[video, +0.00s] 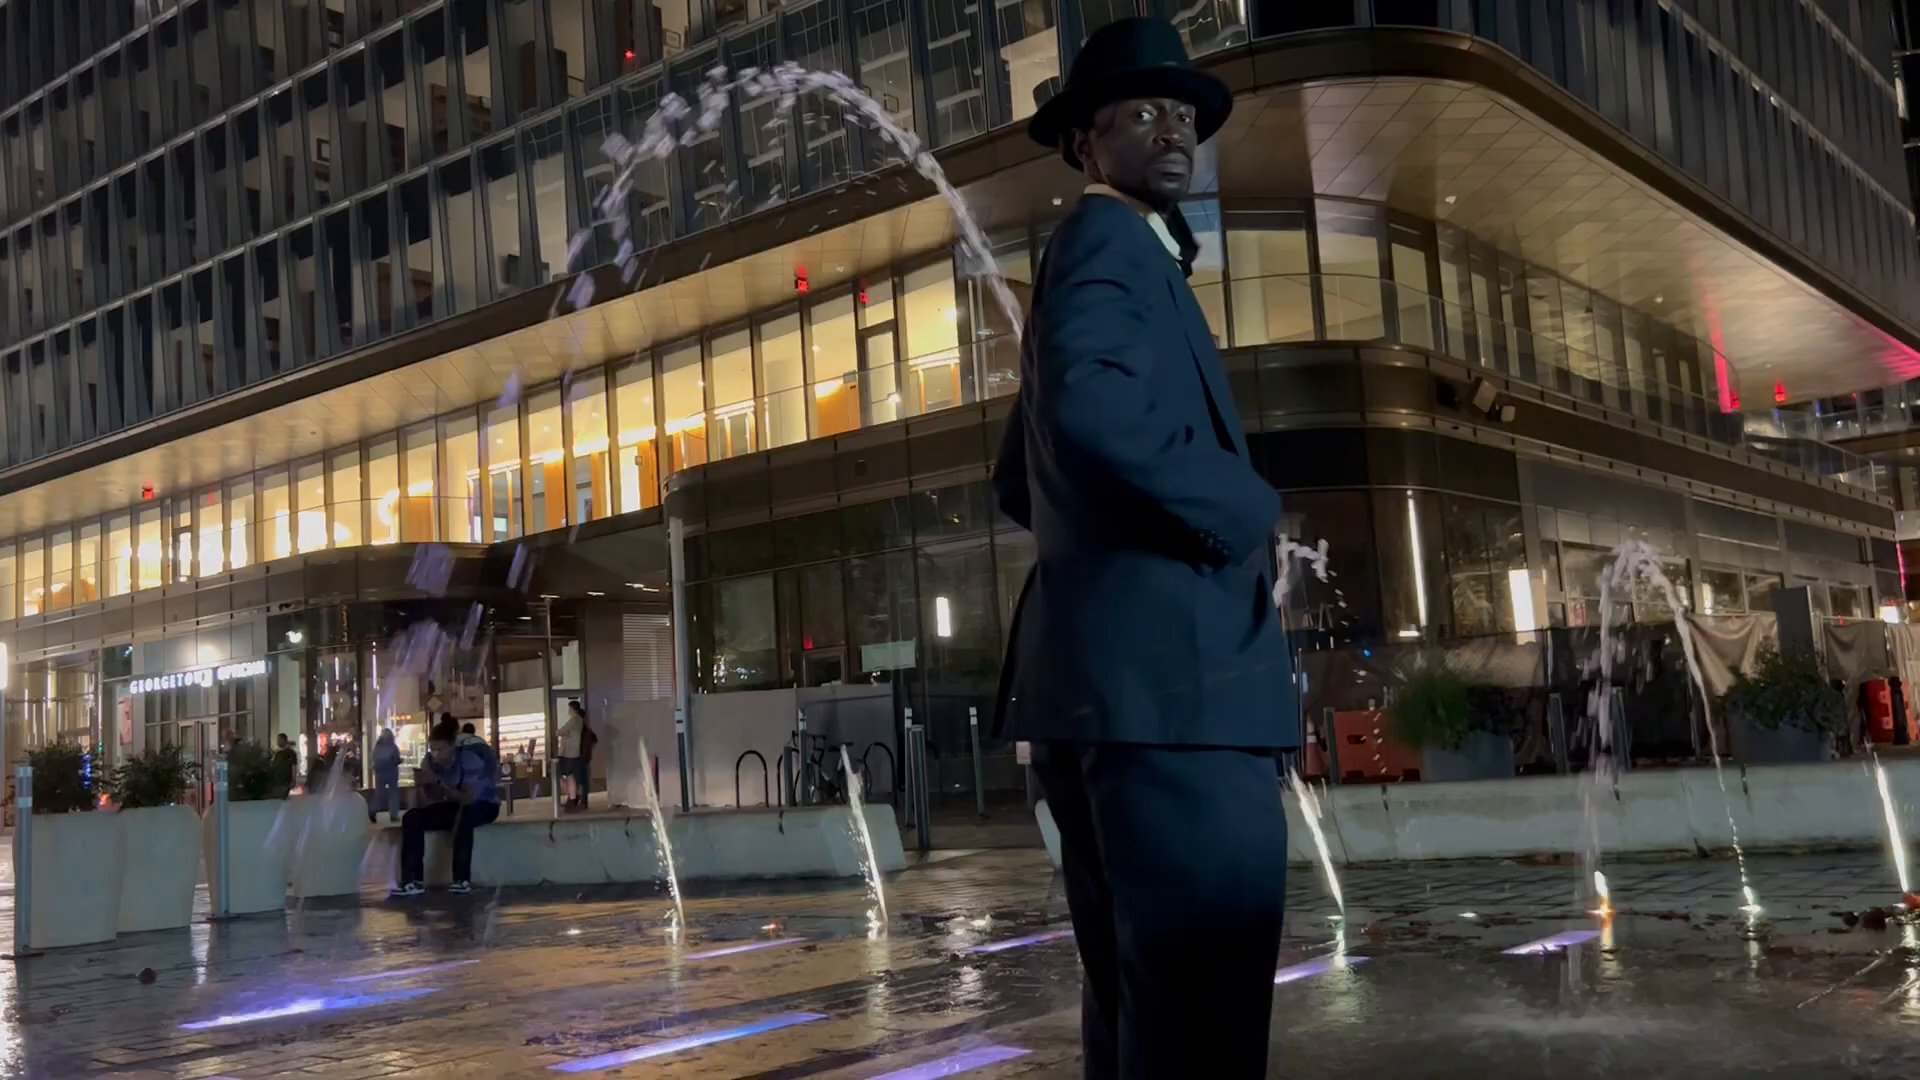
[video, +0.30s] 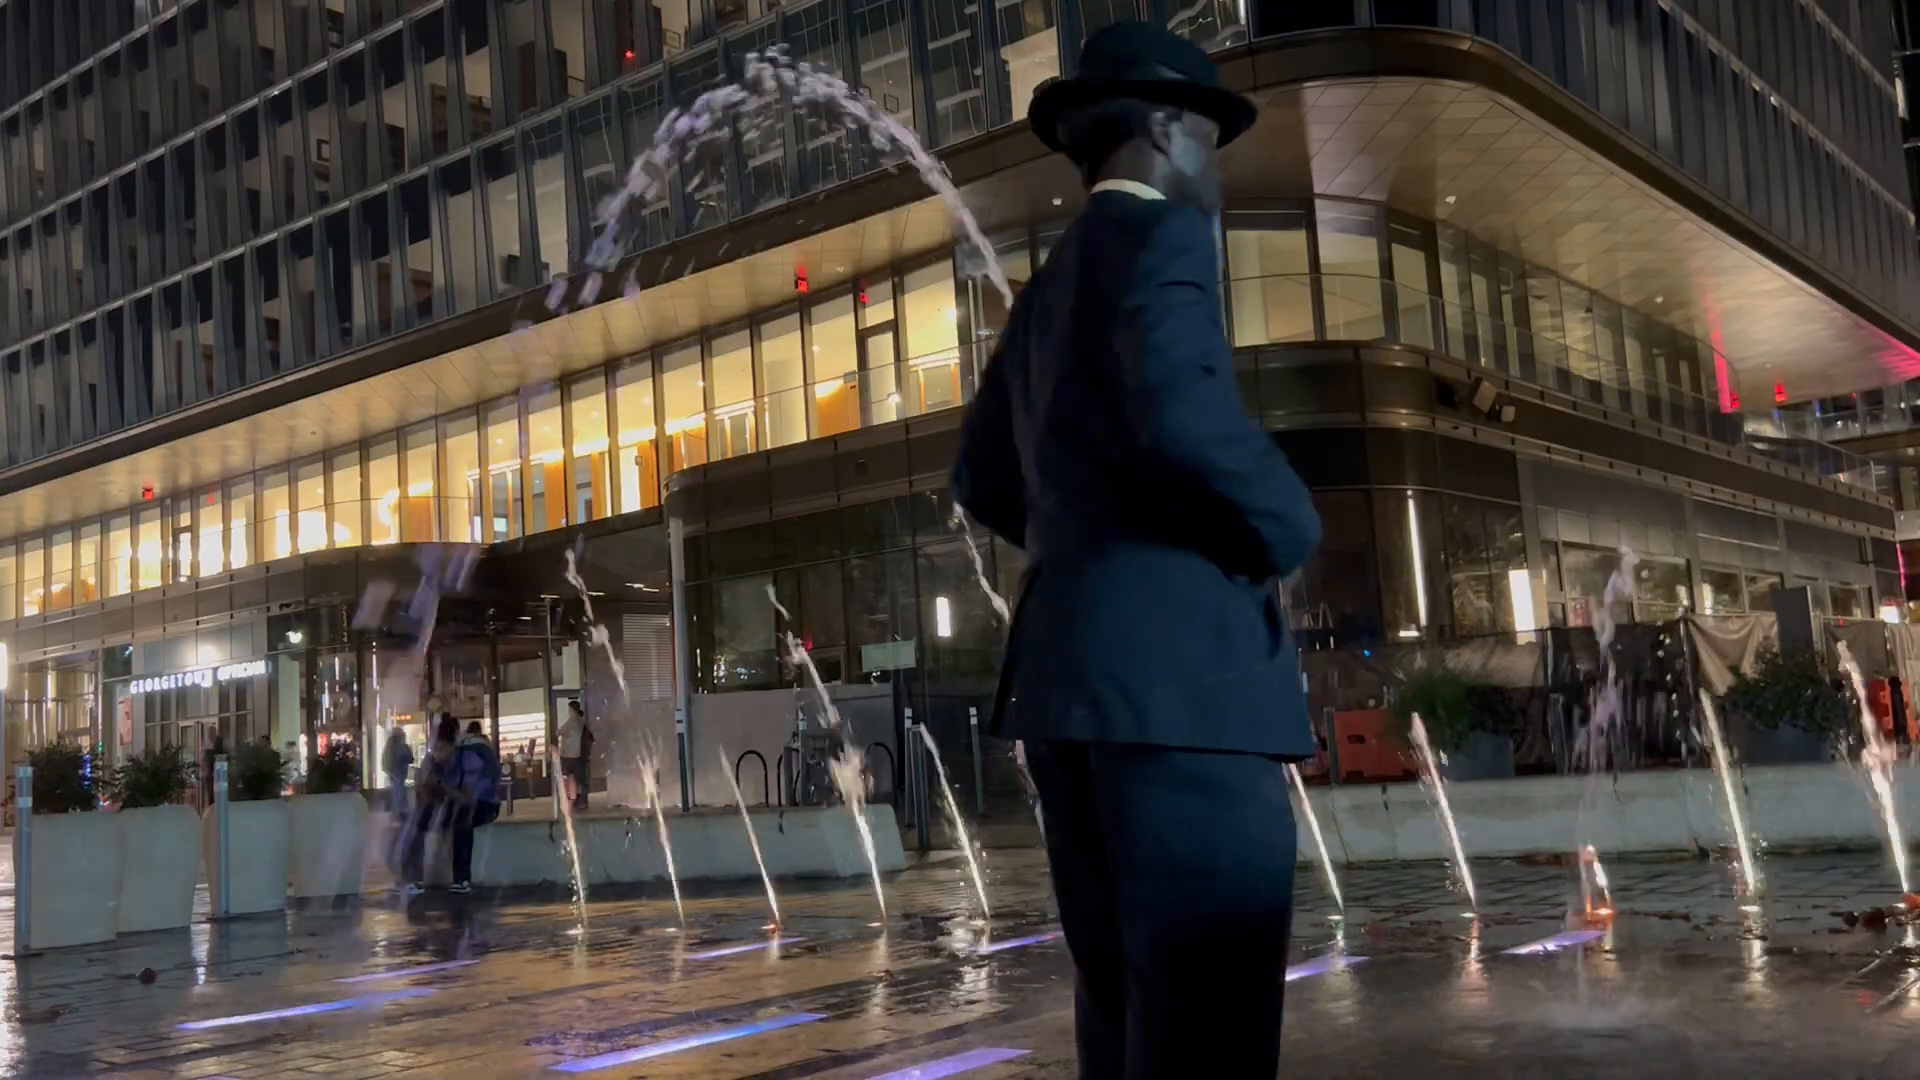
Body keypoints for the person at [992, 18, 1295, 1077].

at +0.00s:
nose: (1175, 130)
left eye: (1186, 115)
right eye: (1142, 114)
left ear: (1201, 137)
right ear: (1085, 148)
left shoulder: (1087, 254)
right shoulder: (1110, 236)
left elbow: (1018, 478)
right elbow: (1098, 409)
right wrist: (1260, 517)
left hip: (1105, 705)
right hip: (1171, 700)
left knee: (1137, 1018)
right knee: (1205, 1026)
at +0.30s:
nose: (1219, 165)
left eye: (1216, 141)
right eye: (1209, 138)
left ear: (1104, 146)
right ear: (1157, 131)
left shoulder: (1042, 282)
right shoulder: (1161, 230)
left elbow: (984, 481)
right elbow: (1178, 403)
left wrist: (1112, 543)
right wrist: (1289, 526)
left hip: (1070, 694)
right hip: (1176, 685)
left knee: (1120, 1009)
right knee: (1216, 1019)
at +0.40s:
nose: (1212, 176)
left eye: (1205, 153)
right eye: (1206, 153)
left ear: (1088, 164)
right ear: (1188, 154)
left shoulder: (1015, 294)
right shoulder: (1212, 246)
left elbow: (949, 471)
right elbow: (1280, 430)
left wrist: (1037, 557)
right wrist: (1295, 552)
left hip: (1051, 696)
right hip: (1187, 683)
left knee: (1103, 1006)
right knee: (1215, 1013)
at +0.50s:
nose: (1204, 171)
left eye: (1074, 155)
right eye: (1196, 153)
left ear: (1075, 170)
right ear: (1191, 163)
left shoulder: (1000, 292)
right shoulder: (1256, 262)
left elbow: (932, 467)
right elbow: (1351, 440)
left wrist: (1029, 555)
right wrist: (1300, 561)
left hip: (1049, 670)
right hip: (1206, 664)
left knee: (1079, 998)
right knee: (1194, 993)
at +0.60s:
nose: (1037, 184)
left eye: (1042, 162)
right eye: (1039, 163)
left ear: (1072, 160)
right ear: (1166, 161)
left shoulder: (992, 292)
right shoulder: (1269, 282)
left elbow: (925, 466)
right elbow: (1368, 436)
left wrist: (1009, 565)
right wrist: (1290, 564)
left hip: (1049, 679)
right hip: (1221, 670)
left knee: (1070, 1008)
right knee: (1199, 1000)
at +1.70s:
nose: (1024, 240)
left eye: (1026, 218)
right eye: (1026, 219)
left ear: (1050, 215)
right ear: (1133, 212)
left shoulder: (1039, 314)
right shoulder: (1241, 321)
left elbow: (1049, 463)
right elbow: (1345, 462)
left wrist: (999, 534)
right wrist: (1273, 557)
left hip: (1158, 656)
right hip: (1303, 644)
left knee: (1087, 918)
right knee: (1321, 915)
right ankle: (1406, 1078)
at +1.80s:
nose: (991, 267)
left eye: (994, 244)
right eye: (991, 246)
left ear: (1021, 239)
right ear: (1093, 240)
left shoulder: (1033, 331)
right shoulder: (1159, 349)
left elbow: (1092, 487)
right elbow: (1231, 518)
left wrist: (995, 588)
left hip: (1144, 705)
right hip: (1255, 688)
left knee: (1054, 979)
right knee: (1296, 956)